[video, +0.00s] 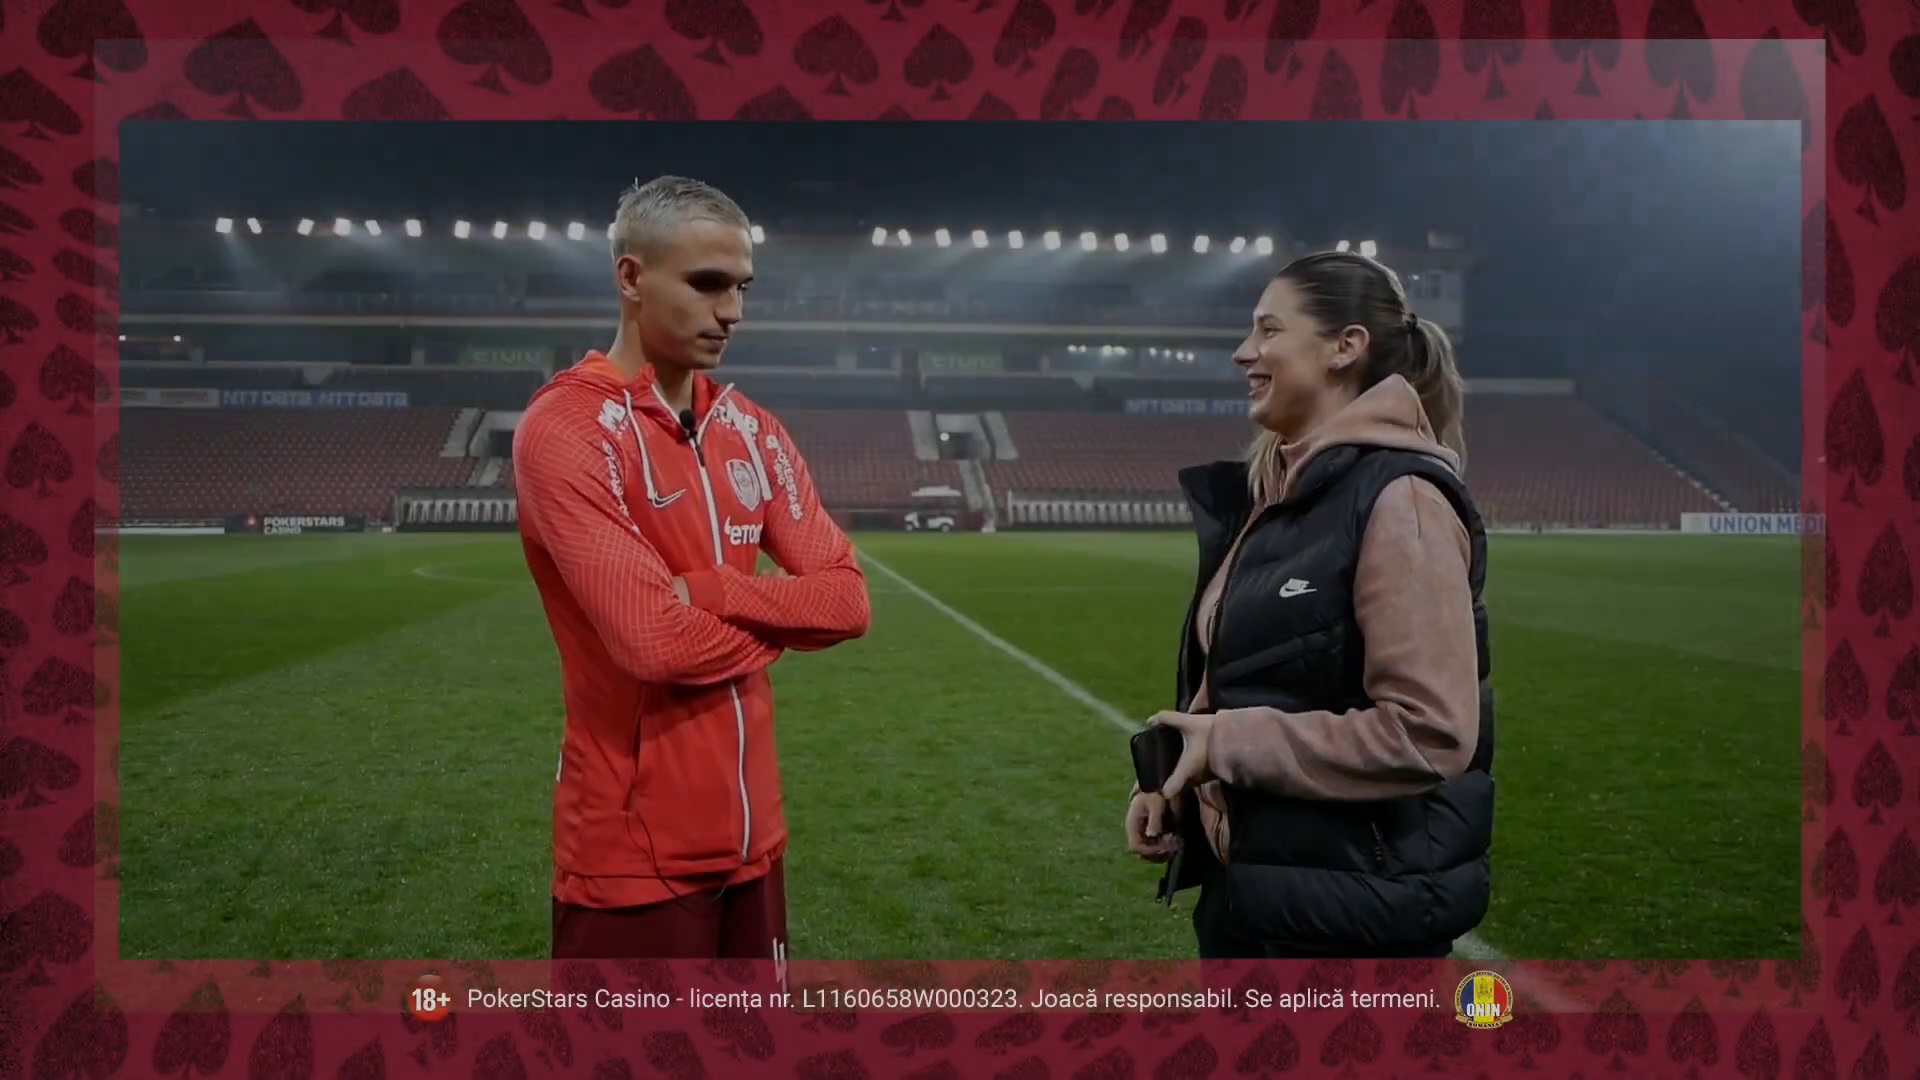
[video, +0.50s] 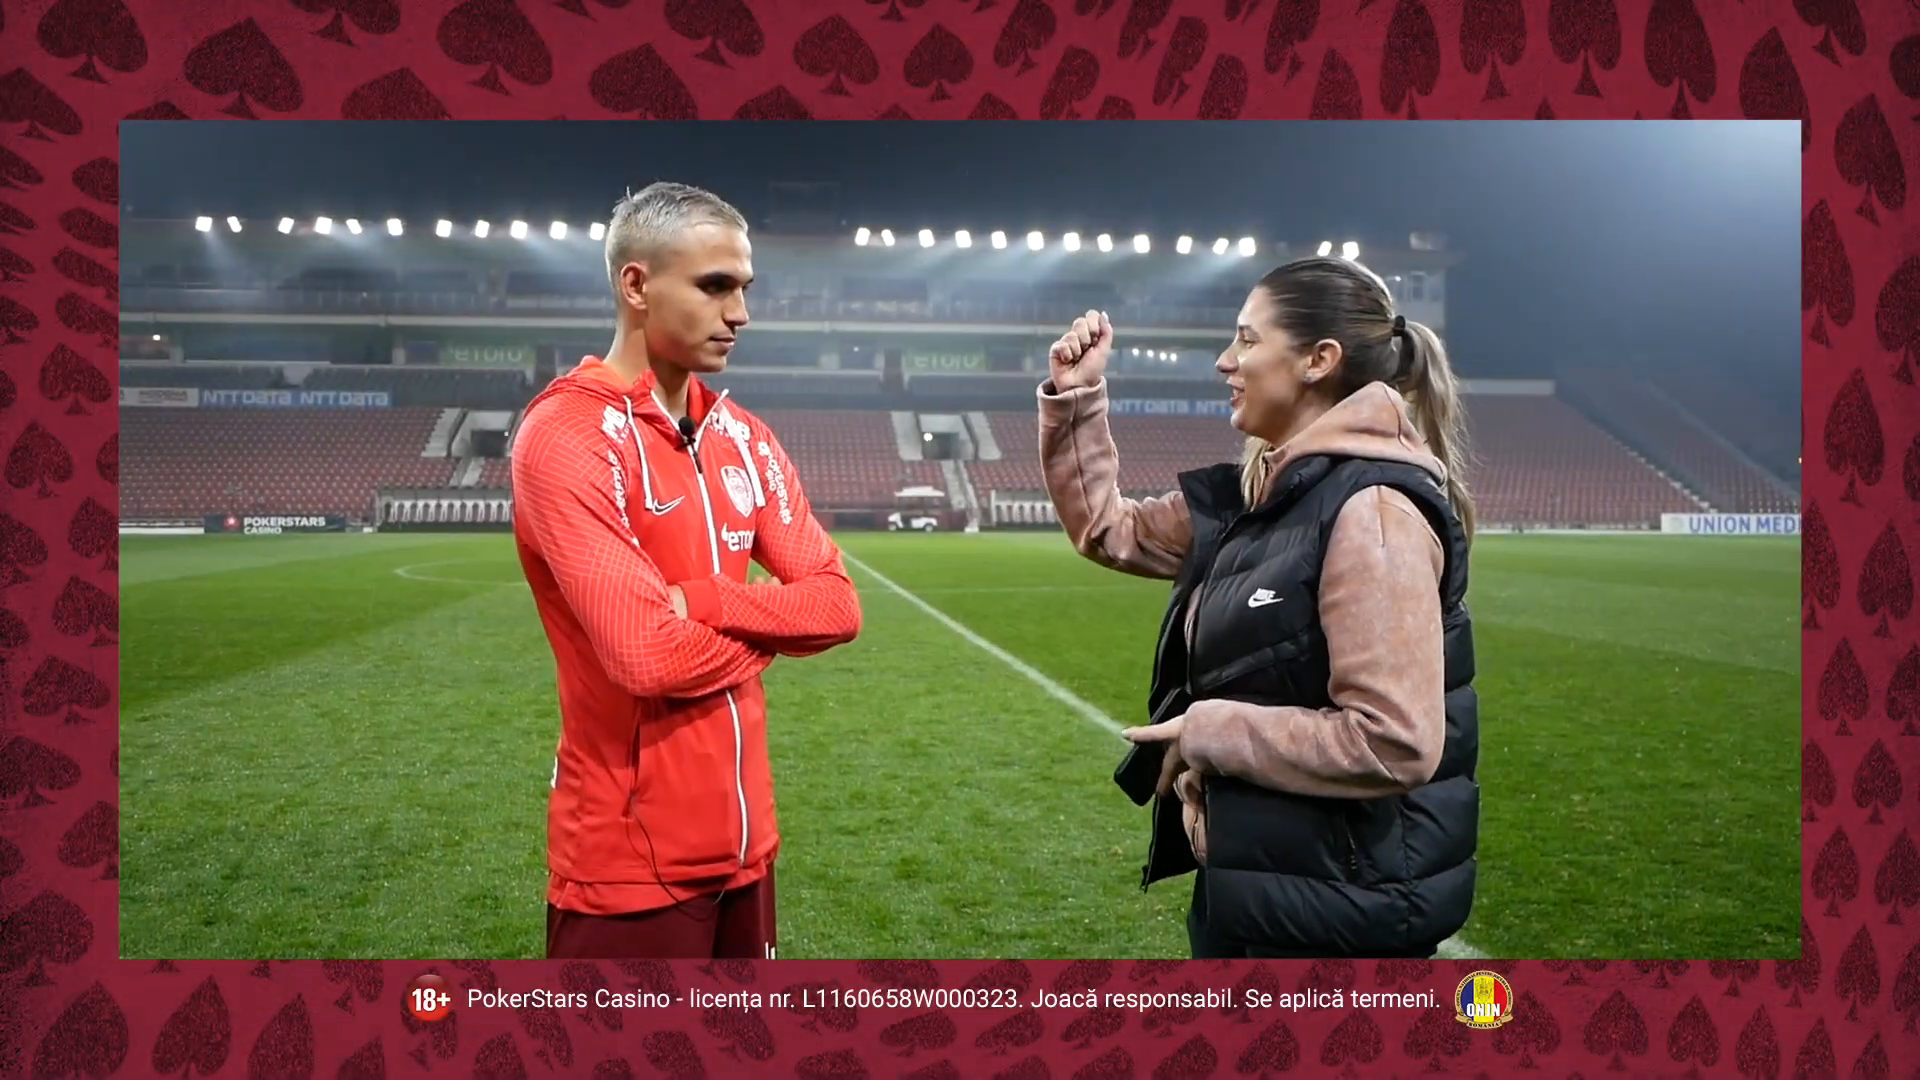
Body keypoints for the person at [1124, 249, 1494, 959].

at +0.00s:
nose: (1243, 354)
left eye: (1269, 329)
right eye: (1252, 332)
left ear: (1347, 346)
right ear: (1339, 348)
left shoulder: (1404, 502)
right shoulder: (1285, 494)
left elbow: (1430, 731)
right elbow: (1247, 682)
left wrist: (1225, 741)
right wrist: (1173, 790)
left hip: (1353, 921)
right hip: (1265, 910)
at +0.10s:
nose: (1250, 353)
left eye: (1274, 331)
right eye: (1258, 332)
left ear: (1351, 350)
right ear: (1345, 353)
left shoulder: (1397, 502)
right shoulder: (1301, 486)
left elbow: (1410, 732)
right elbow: (1223, 640)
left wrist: (1223, 725)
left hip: (1360, 915)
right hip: (1282, 901)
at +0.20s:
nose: (1250, 355)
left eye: (1275, 333)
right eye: (1261, 333)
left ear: (1351, 352)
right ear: (1341, 352)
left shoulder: (1394, 505)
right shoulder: (1298, 490)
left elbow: (1392, 734)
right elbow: (1172, 604)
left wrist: (1213, 722)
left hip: (1359, 911)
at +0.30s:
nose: (1246, 356)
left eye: (1269, 333)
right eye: (1255, 334)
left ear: (1344, 353)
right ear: (1338, 355)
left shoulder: (1385, 509)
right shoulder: (1299, 491)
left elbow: (1391, 741)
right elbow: (1133, 557)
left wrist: (1215, 724)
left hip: (1353, 914)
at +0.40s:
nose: (1237, 358)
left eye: (1260, 337)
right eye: (1246, 338)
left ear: (1334, 357)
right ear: (1329, 359)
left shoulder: (1380, 511)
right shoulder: (1279, 492)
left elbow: (1395, 743)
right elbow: (1119, 534)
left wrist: (1215, 727)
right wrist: (1071, 405)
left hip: (1345, 917)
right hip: (1276, 904)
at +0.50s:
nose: (1224, 361)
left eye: (1246, 340)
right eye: (1233, 341)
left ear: (1320, 360)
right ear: (1317, 362)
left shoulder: (1374, 512)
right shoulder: (1265, 492)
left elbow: (1395, 742)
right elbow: (1107, 530)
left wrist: (1211, 729)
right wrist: (1076, 399)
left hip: (1332, 918)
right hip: (1261, 904)